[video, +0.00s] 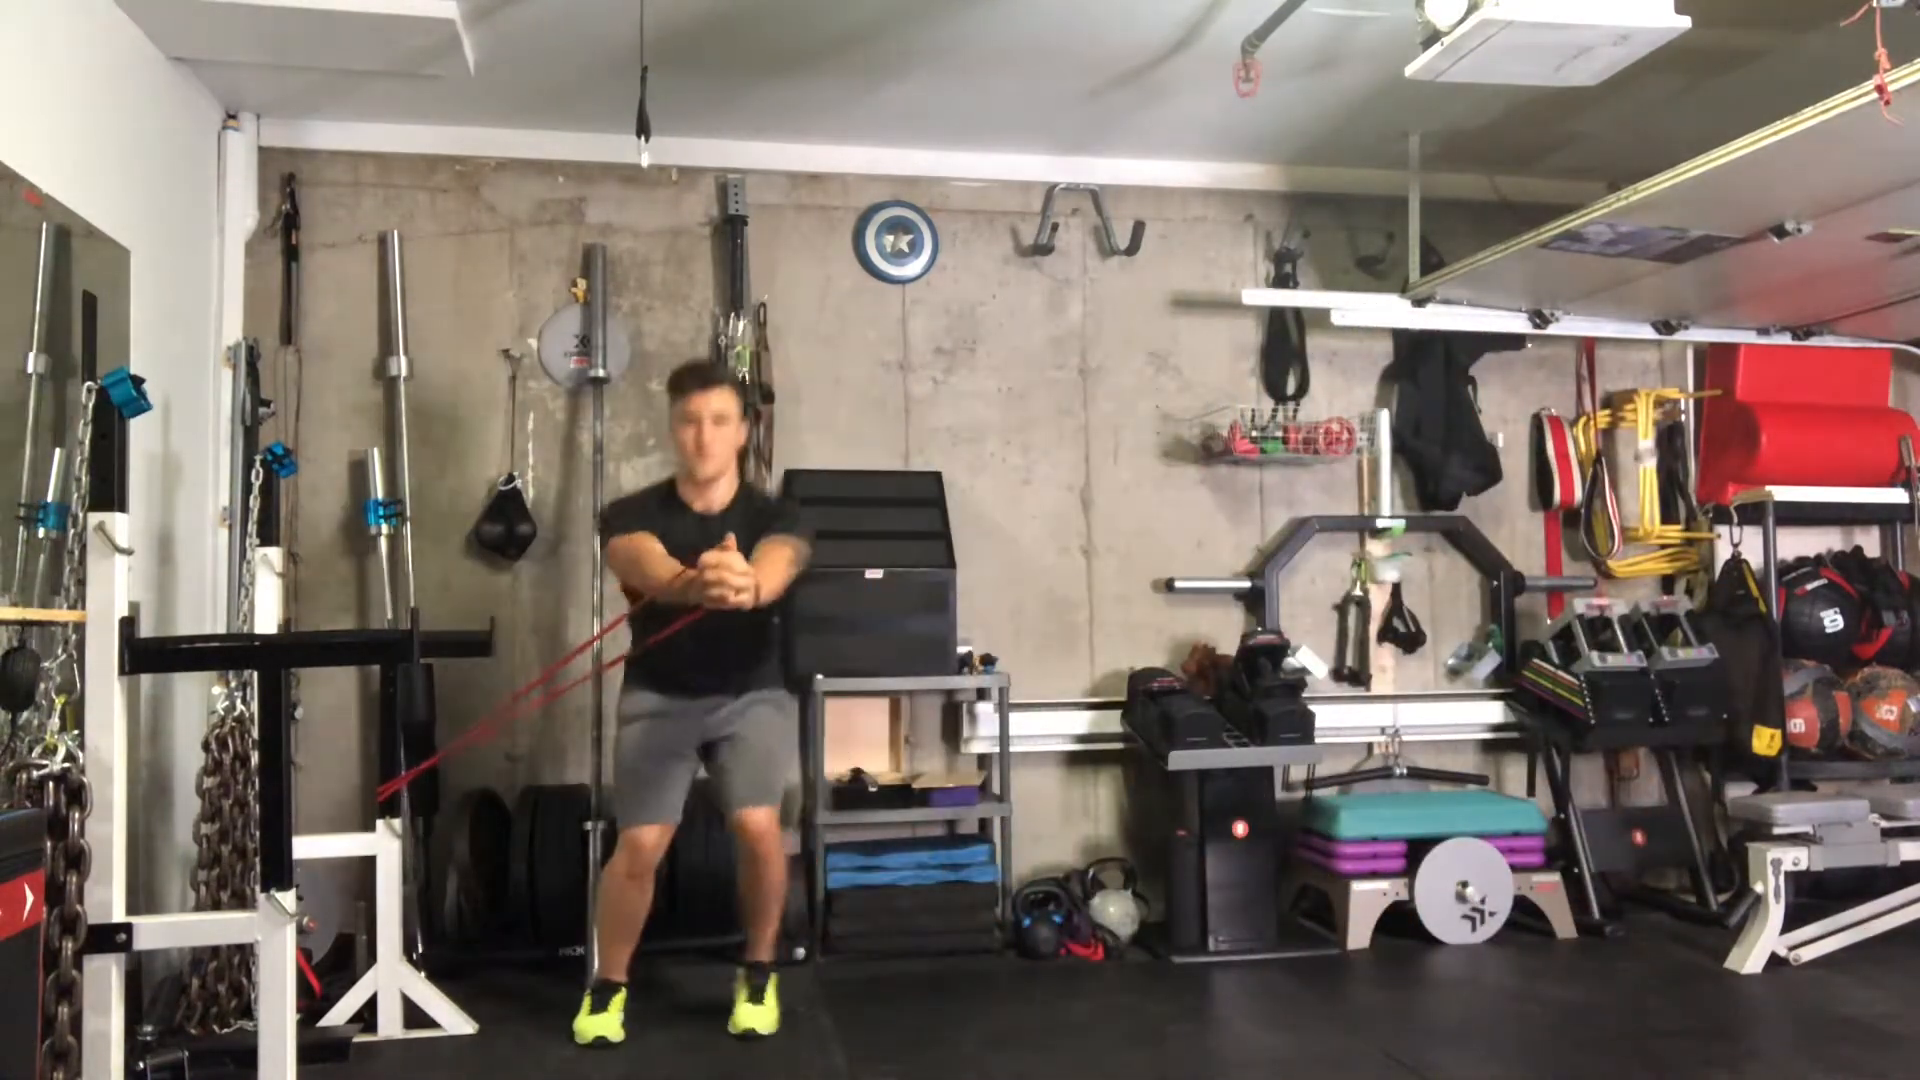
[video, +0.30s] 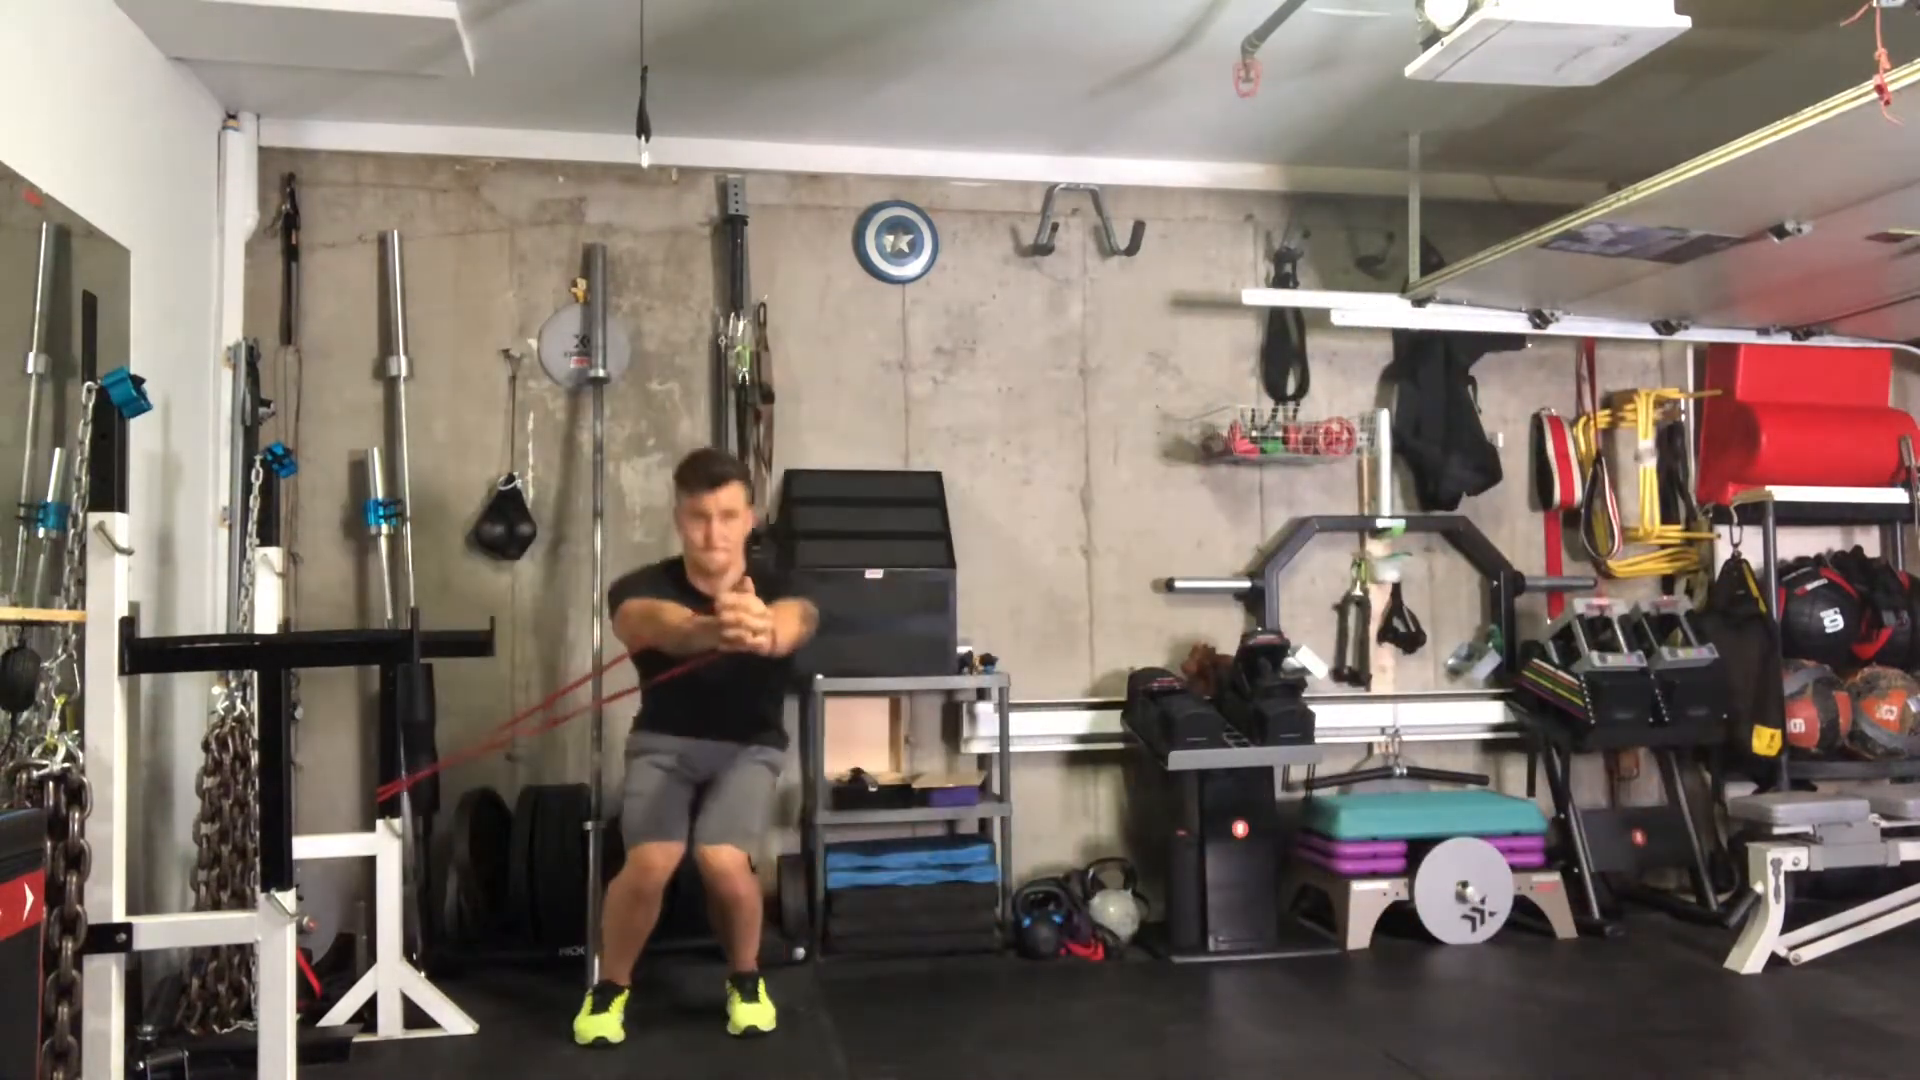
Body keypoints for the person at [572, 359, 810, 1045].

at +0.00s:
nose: (701, 434)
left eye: (717, 420)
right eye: (688, 421)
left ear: (745, 431)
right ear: (672, 432)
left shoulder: (777, 518)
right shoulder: (628, 516)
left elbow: (774, 569)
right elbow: (646, 574)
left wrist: (749, 583)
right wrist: (694, 582)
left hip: (752, 698)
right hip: (657, 702)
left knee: (756, 822)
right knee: (640, 843)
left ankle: (758, 974)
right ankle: (606, 990)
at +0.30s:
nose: (714, 534)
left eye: (727, 517)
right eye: (699, 518)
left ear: (750, 520)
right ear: (678, 521)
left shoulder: (778, 582)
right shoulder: (640, 589)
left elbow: (799, 617)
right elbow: (651, 626)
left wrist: (771, 629)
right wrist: (709, 630)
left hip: (750, 749)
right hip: (663, 745)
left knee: (721, 857)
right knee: (652, 859)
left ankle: (745, 981)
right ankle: (609, 990)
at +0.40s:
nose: (730, 546)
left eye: (743, 531)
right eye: (715, 532)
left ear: (763, 531)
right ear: (691, 533)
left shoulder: (793, 593)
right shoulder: (652, 600)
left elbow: (810, 629)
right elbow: (663, 639)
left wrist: (784, 640)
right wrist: (727, 643)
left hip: (763, 757)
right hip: (676, 753)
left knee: (730, 859)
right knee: (662, 865)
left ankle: (746, 980)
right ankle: (610, 989)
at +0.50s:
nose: (744, 553)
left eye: (756, 537)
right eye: (728, 539)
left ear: (775, 533)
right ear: (702, 539)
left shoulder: (807, 589)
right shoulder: (673, 608)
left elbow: (830, 624)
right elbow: (678, 650)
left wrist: (806, 646)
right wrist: (751, 654)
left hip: (789, 756)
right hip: (701, 755)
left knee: (779, 858)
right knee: (683, 874)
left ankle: (750, 978)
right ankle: (611, 990)